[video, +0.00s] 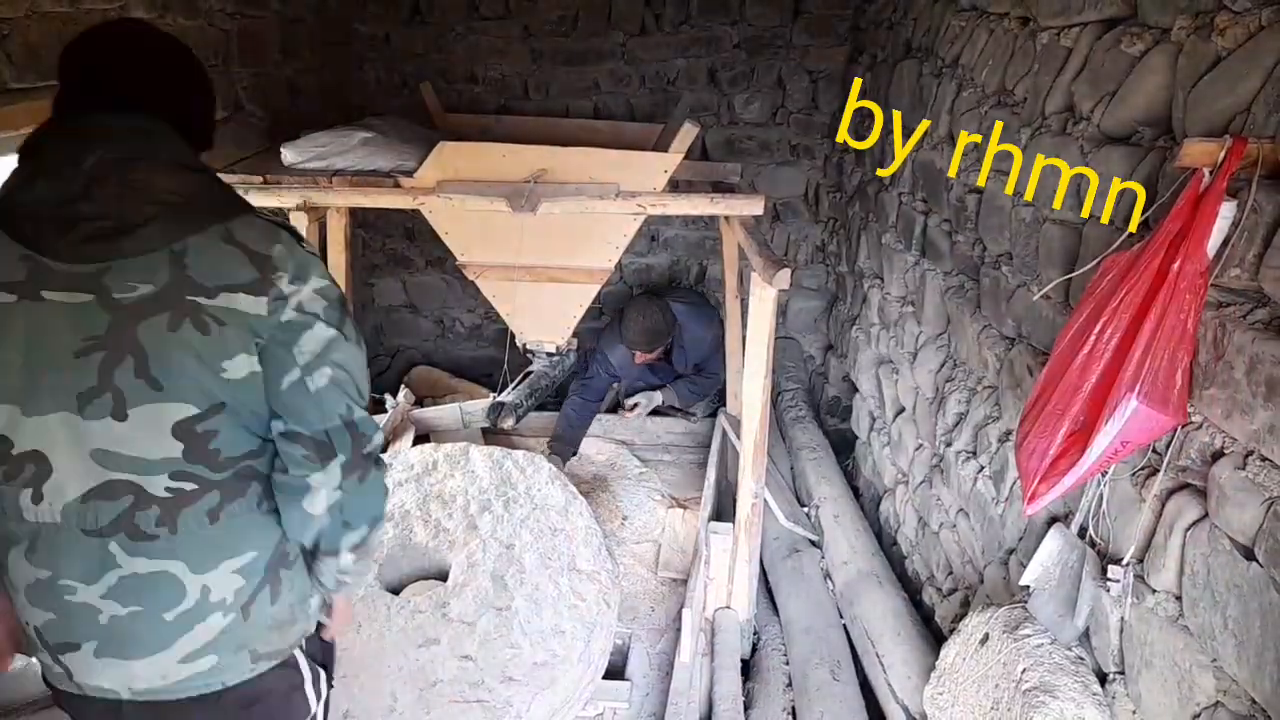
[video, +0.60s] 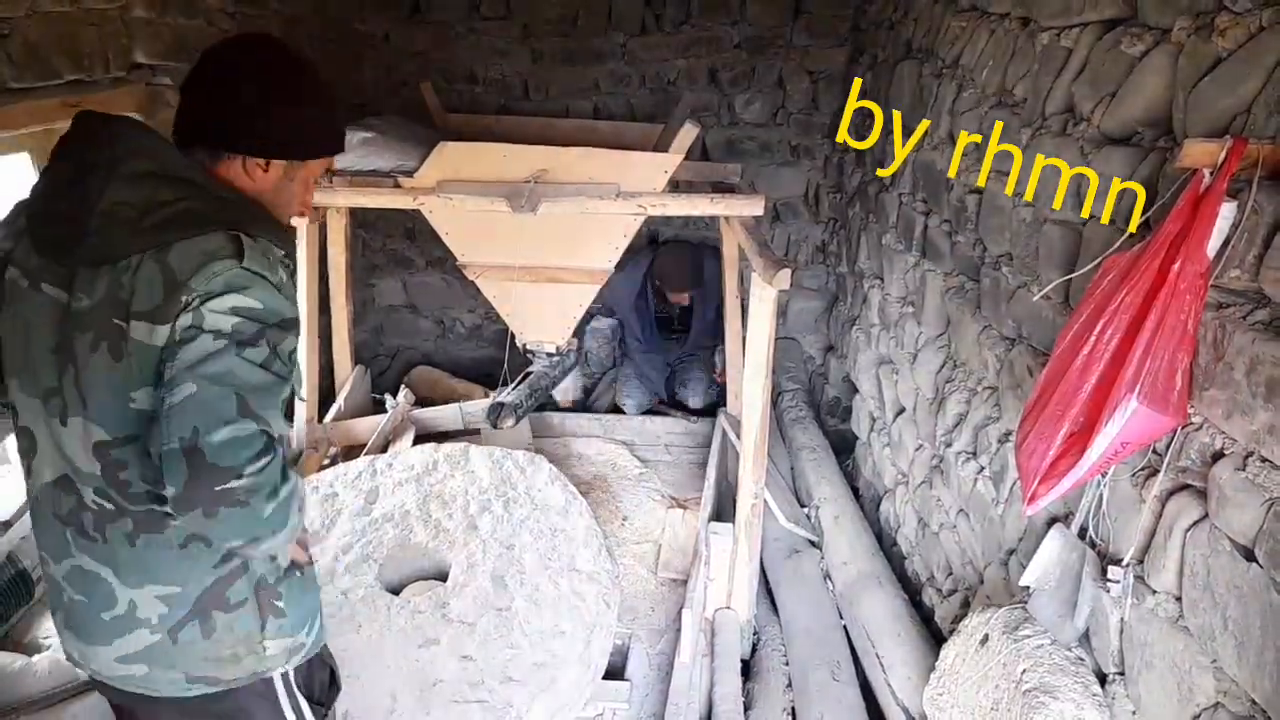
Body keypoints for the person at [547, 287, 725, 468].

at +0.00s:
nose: (639, 359)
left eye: (647, 353)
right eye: (633, 351)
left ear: (666, 343)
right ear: (625, 339)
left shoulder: (704, 338)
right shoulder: (610, 353)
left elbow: (712, 378)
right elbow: (582, 400)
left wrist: (660, 397)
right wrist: (557, 455)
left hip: (690, 370)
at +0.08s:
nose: (634, 361)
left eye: (643, 356)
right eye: (628, 353)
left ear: (662, 345)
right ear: (621, 341)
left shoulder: (702, 341)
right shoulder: (606, 354)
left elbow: (710, 378)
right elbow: (579, 400)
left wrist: (658, 399)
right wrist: (556, 455)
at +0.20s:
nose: (636, 360)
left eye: (644, 354)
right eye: (630, 352)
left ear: (662, 345)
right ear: (622, 339)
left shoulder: (703, 339)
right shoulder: (608, 352)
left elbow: (710, 379)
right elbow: (576, 394)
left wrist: (658, 398)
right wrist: (557, 443)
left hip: (687, 369)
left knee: (698, 407)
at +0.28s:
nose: (643, 352)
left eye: (653, 345)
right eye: (639, 343)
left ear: (672, 337)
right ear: (631, 331)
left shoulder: (708, 335)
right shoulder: (616, 342)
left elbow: (711, 379)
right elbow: (589, 387)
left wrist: (662, 394)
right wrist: (566, 442)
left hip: (689, 368)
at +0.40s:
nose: (643, 347)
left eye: (653, 341)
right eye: (639, 339)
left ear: (674, 333)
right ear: (632, 327)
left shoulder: (709, 333)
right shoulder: (617, 339)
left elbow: (714, 379)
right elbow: (584, 387)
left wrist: (664, 393)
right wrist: (563, 449)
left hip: (691, 368)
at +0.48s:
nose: (641, 353)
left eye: (649, 348)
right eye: (636, 346)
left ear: (667, 337)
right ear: (625, 328)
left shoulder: (703, 324)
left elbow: (714, 373)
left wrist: (662, 393)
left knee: (702, 406)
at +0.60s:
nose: (686, 302)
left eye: (690, 294)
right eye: (678, 295)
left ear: (697, 281)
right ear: (658, 285)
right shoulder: (628, 289)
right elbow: (638, 348)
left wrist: (725, 353)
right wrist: (657, 393)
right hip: (646, 349)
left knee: (697, 400)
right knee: (632, 405)